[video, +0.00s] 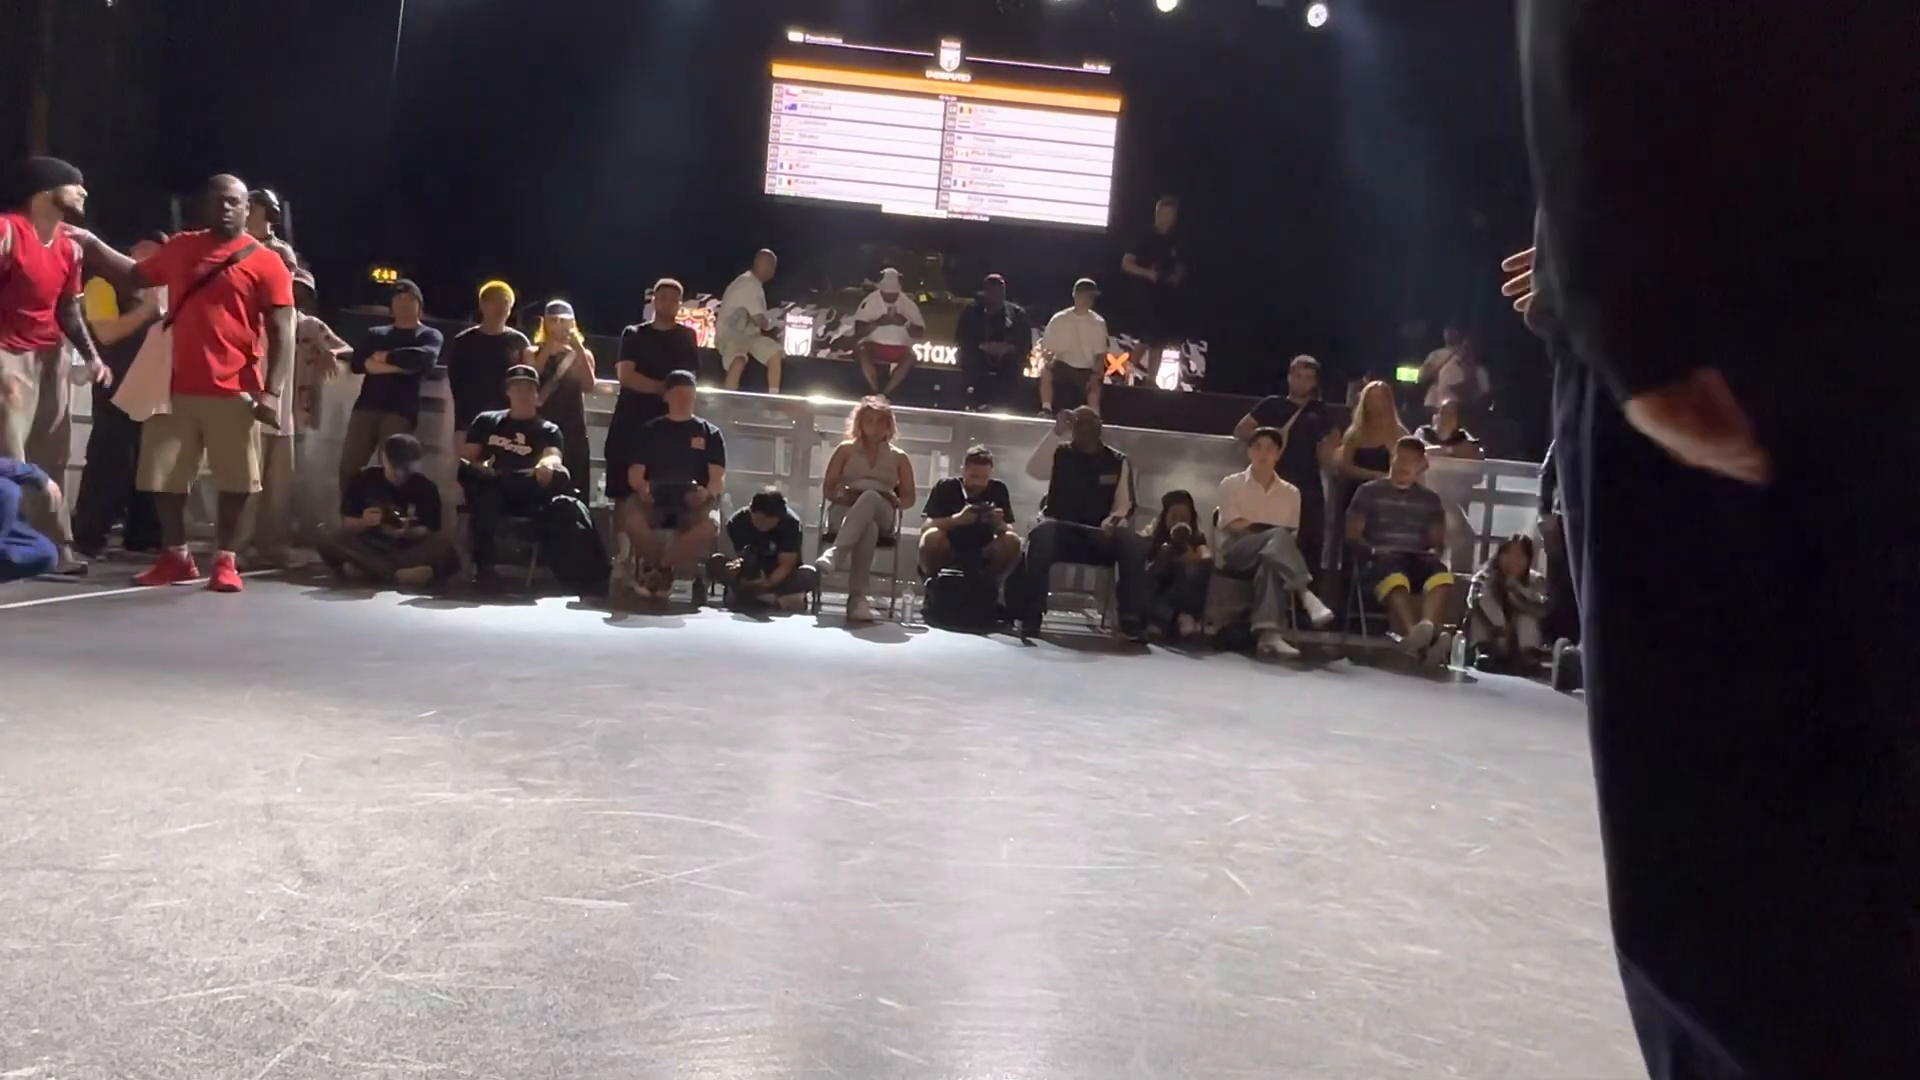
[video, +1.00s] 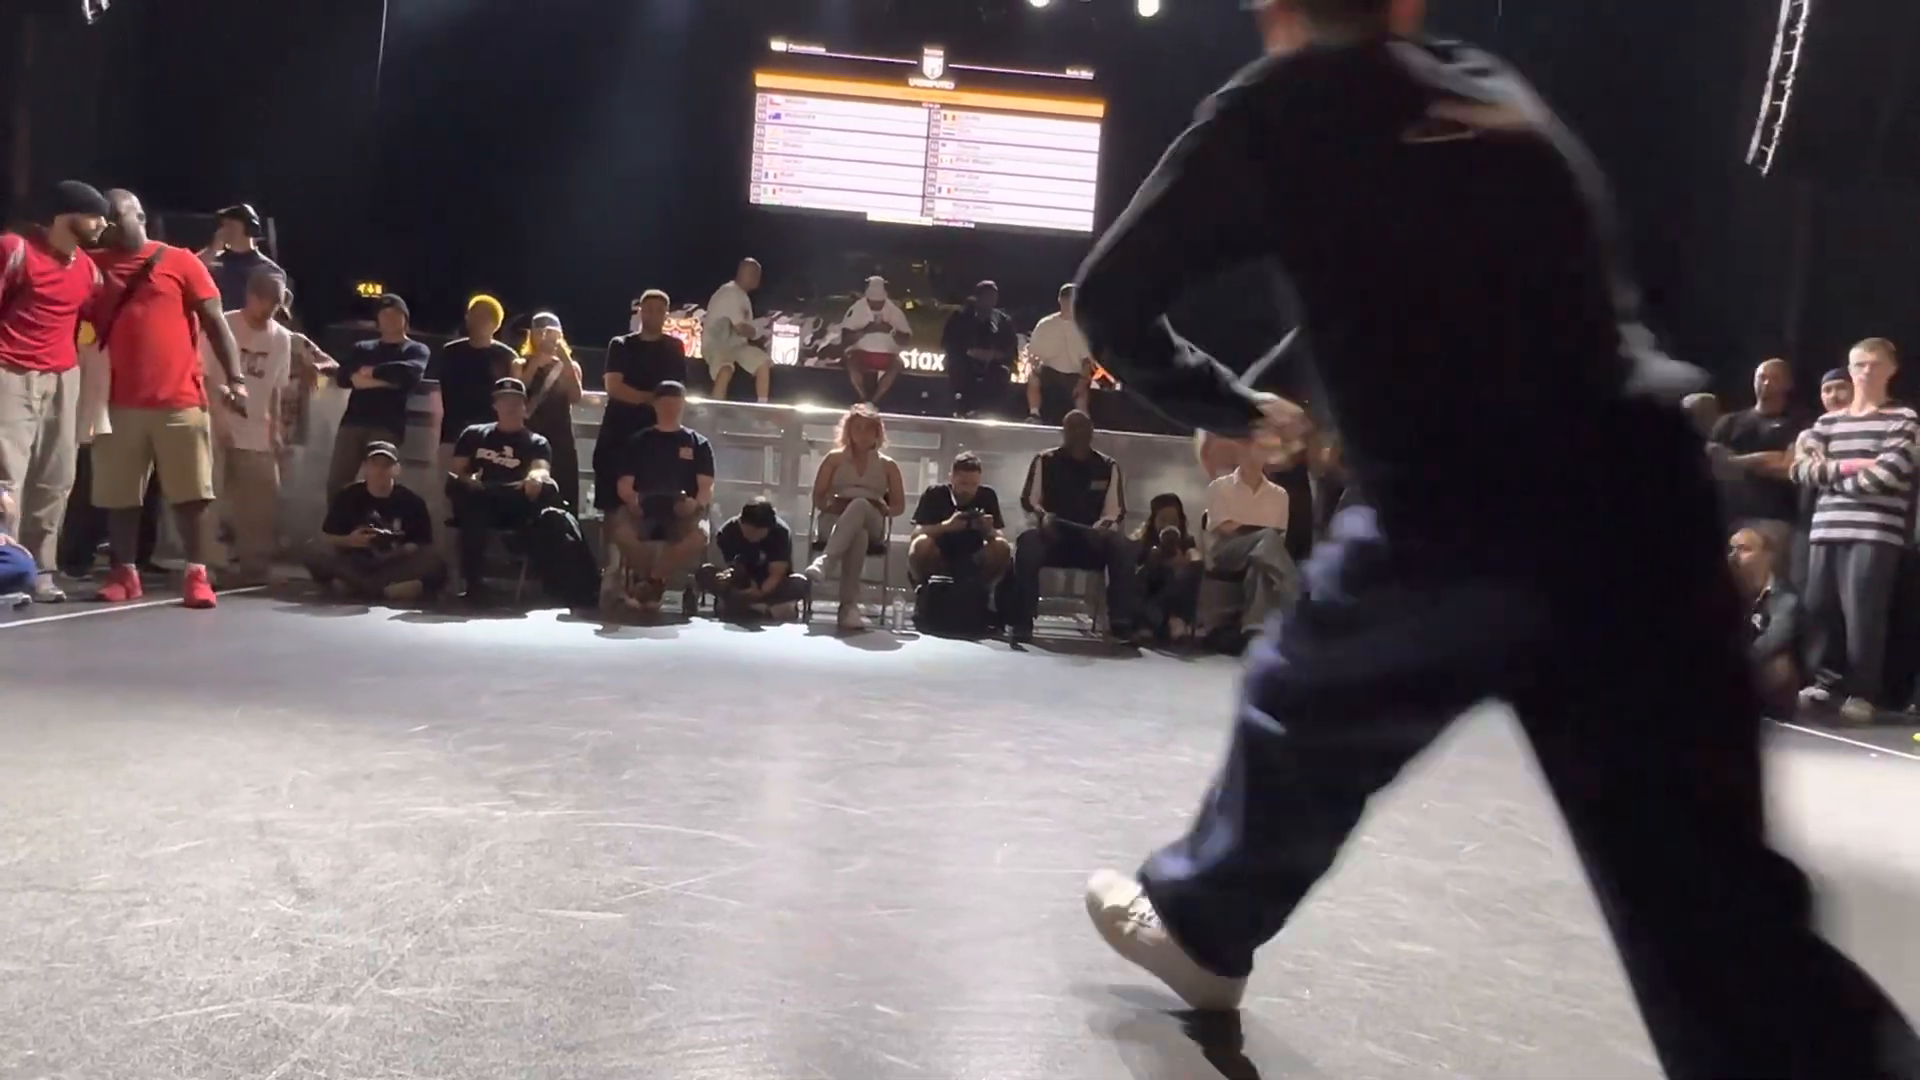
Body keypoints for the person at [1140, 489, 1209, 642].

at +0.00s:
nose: (1179, 522)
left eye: (1184, 517)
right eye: (1174, 516)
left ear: (1192, 517)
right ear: (1164, 516)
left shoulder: (1197, 539)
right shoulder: (1151, 539)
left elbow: (1207, 558)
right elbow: (1148, 572)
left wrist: (1191, 555)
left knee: (1196, 568)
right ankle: (1185, 616)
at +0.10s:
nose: (1179, 524)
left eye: (1184, 519)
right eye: (1174, 518)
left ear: (1192, 519)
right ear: (1165, 518)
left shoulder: (1197, 541)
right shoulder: (1150, 541)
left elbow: (1207, 562)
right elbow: (1147, 574)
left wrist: (1186, 549)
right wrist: (1164, 555)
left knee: (1194, 565)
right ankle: (1186, 617)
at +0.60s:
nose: (1174, 525)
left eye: (1179, 520)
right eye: (1169, 520)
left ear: (1187, 520)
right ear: (1159, 519)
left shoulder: (1192, 541)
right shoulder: (1145, 541)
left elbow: (1202, 562)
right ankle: (1181, 619)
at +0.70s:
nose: (1173, 524)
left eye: (1178, 519)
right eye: (1167, 519)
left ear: (1185, 519)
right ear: (1157, 519)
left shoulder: (1190, 541)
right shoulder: (1144, 541)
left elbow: (1200, 561)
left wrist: (1183, 557)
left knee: (1195, 569)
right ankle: (1179, 619)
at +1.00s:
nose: (1168, 526)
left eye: (1173, 520)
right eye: (1163, 520)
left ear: (1181, 520)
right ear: (1153, 520)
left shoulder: (1187, 542)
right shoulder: (1140, 542)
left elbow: (1197, 561)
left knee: (1193, 568)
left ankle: (1184, 620)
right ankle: (1174, 619)